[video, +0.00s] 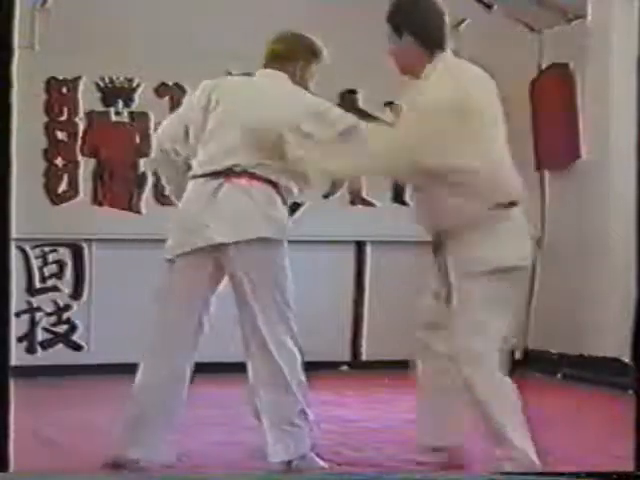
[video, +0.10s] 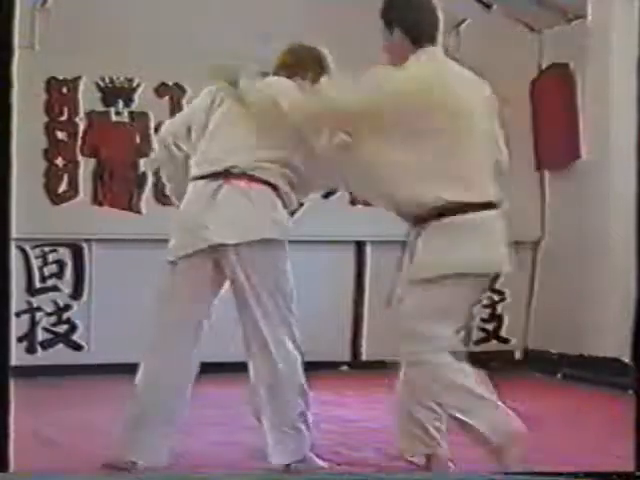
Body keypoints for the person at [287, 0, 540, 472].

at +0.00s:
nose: (390, 53)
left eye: (393, 42)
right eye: (390, 42)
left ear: (412, 41)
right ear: (432, 36)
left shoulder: (441, 93)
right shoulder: (464, 79)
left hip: (489, 234)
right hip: (459, 235)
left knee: (474, 348)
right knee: (436, 338)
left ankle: (521, 459)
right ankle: (442, 445)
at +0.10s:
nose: (383, 47)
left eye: (385, 36)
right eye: (384, 37)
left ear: (400, 37)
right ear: (436, 33)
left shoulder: (402, 83)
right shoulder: (476, 87)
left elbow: (321, 103)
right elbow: (500, 161)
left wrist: (249, 86)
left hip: (448, 234)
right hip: (483, 231)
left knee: (419, 343)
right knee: (426, 344)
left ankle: (507, 435)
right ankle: (422, 455)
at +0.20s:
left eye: (382, 31)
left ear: (382, 35)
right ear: (428, 35)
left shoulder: (349, 79)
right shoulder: (451, 90)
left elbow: (272, 79)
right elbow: (481, 164)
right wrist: (457, 212)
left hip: (380, 233)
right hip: (441, 230)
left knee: (371, 354)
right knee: (426, 354)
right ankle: (431, 453)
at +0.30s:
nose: (429, 47)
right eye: (429, 39)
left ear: (379, 33)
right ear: (421, 39)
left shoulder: (320, 81)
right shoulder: (429, 86)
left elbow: (281, 146)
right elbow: (436, 157)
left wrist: (294, 210)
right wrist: (459, 206)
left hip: (329, 227)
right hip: (392, 224)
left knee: (356, 345)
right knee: (424, 346)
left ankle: (335, 416)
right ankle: (437, 449)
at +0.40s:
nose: (413, 71)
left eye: (417, 61)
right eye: (413, 59)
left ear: (373, 45)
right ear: (393, 51)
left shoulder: (327, 77)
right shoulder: (373, 89)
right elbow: (360, 164)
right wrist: (414, 203)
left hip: (272, 224)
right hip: (309, 227)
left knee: (339, 343)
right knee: (384, 333)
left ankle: (309, 447)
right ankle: (390, 448)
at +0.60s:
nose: (343, 73)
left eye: (347, 63)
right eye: (340, 61)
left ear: (321, 57)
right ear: (310, 53)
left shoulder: (324, 112)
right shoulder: (261, 94)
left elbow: (347, 171)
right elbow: (208, 162)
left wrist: (354, 199)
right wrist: (256, 213)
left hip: (267, 247)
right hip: (208, 240)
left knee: (301, 341)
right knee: (212, 353)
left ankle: (304, 458)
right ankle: (129, 456)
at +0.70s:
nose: (305, 70)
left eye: (309, 59)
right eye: (300, 58)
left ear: (302, 56)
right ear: (267, 51)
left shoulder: (300, 102)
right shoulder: (218, 94)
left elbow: (339, 147)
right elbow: (167, 160)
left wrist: (341, 189)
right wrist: (206, 216)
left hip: (243, 253)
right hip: (179, 245)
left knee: (276, 353)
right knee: (164, 360)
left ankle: (294, 458)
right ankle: (81, 455)